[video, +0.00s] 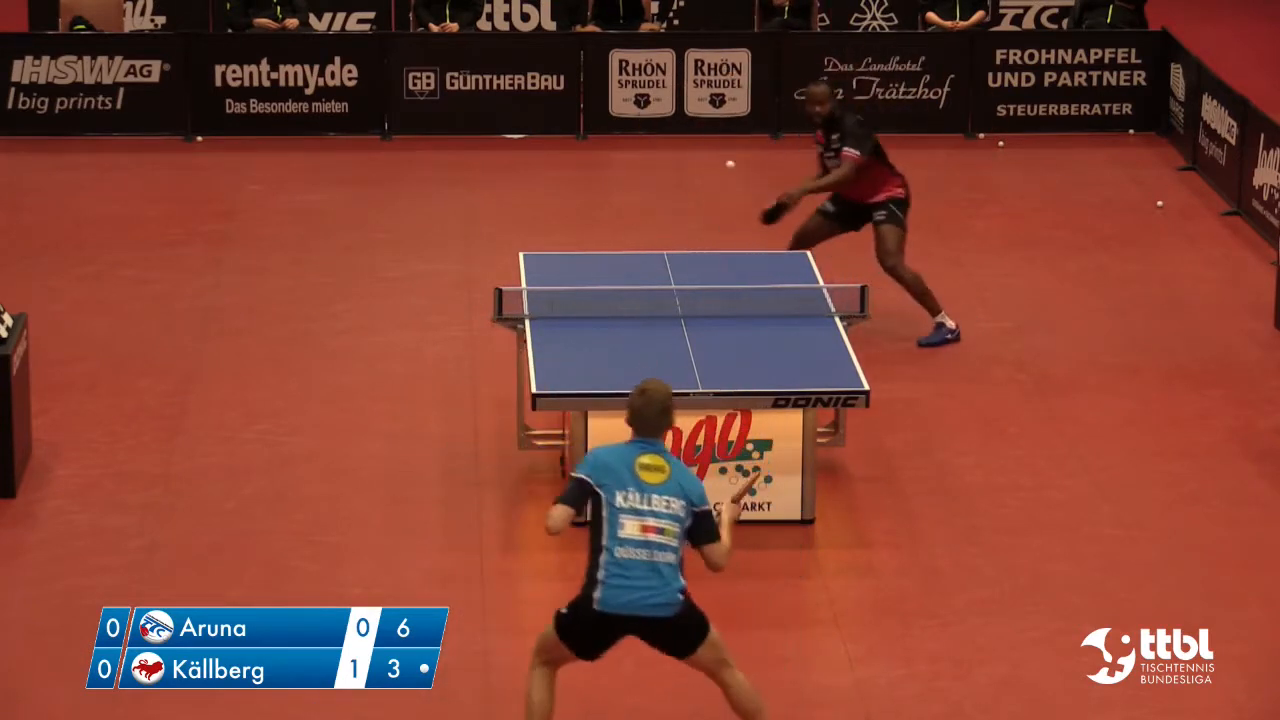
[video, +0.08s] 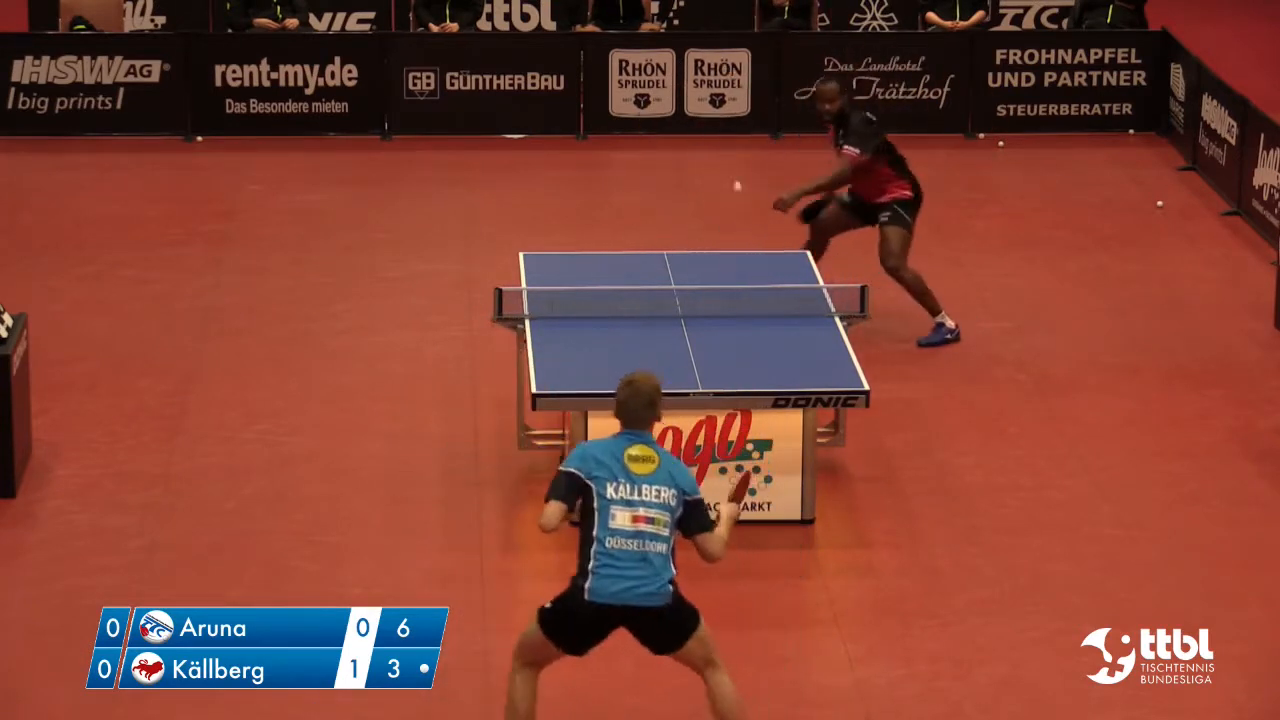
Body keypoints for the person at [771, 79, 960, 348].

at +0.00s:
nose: (816, 110)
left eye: (821, 103)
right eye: (811, 104)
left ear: (834, 101)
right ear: (806, 106)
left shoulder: (853, 125)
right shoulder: (821, 131)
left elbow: (845, 172)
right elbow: (823, 177)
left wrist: (799, 192)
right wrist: (787, 203)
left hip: (887, 196)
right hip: (851, 198)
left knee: (890, 261)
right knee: (800, 241)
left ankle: (945, 323)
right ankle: (788, 311)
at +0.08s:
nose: (825, 108)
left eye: (831, 101)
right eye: (821, 102)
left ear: (844, 99)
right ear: (816, 102)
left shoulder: (859, 123)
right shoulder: (837, 126)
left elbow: (845, 171)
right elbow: (848, 171)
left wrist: (795, 195)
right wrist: (826, 200)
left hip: (897, 198)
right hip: (864, 198)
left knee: (892, 262)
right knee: (820, 227)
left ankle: (945, 323)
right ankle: (793, 287)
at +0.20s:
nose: (833, 102)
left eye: (838, 95)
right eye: (831, 95)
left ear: (854, 91)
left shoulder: (861, 115)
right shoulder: (871, 105)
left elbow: (831, 160)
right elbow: (912, 136)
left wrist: (783, 183)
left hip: (903, 195)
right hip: (876, 193)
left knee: (888, 264)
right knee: (836, 227)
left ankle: (944, 322)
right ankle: (856, 289)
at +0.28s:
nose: (839, 97)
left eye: (844, 90)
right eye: (836, 91)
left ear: (859, 85)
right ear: (836, 89)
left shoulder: (862, 111)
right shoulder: (883, 98)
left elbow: (836, 148)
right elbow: (920, 119)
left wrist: (796, 174)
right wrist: (929, 142)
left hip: (903, 191)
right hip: (881, 188)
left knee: (888, 264)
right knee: (842, 226)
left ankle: (945, 322)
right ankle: (858, 293)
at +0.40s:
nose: (851, 68)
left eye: (856, 62)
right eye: (850, 62)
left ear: (871, 60)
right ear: (858, 60)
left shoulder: (879, 87)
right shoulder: (887, 78)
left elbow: (885, 130)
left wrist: (871, 167)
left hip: (908, 172)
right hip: (886, 170)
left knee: (901, 243)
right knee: (850, 220)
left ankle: (944, 316)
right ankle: (859, 291)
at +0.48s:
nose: (873, 44)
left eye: (878, 37)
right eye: (872, 38)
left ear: (893, 38)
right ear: (875, 40)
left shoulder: (916, 68)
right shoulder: (876, 71)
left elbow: (923, 114)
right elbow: (864, 106)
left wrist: (898, 132)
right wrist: (824, 95)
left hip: (914, 153)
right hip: (883, 153)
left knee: (903, 217)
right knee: (864, 216)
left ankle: (935, 297)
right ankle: (859, 289)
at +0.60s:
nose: (907, 45)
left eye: (913, 39)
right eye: (904, 39)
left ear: (927, 40)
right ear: (899, 40)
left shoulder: (942, 73)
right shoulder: (894, 59)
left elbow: (979, 88)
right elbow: (886, 12)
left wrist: (984, 49)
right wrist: (928, 5)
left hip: (913, 148)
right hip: (877, 147)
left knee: (928, 206)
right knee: (859, 216)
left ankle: (964, 272)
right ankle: (858, 286)